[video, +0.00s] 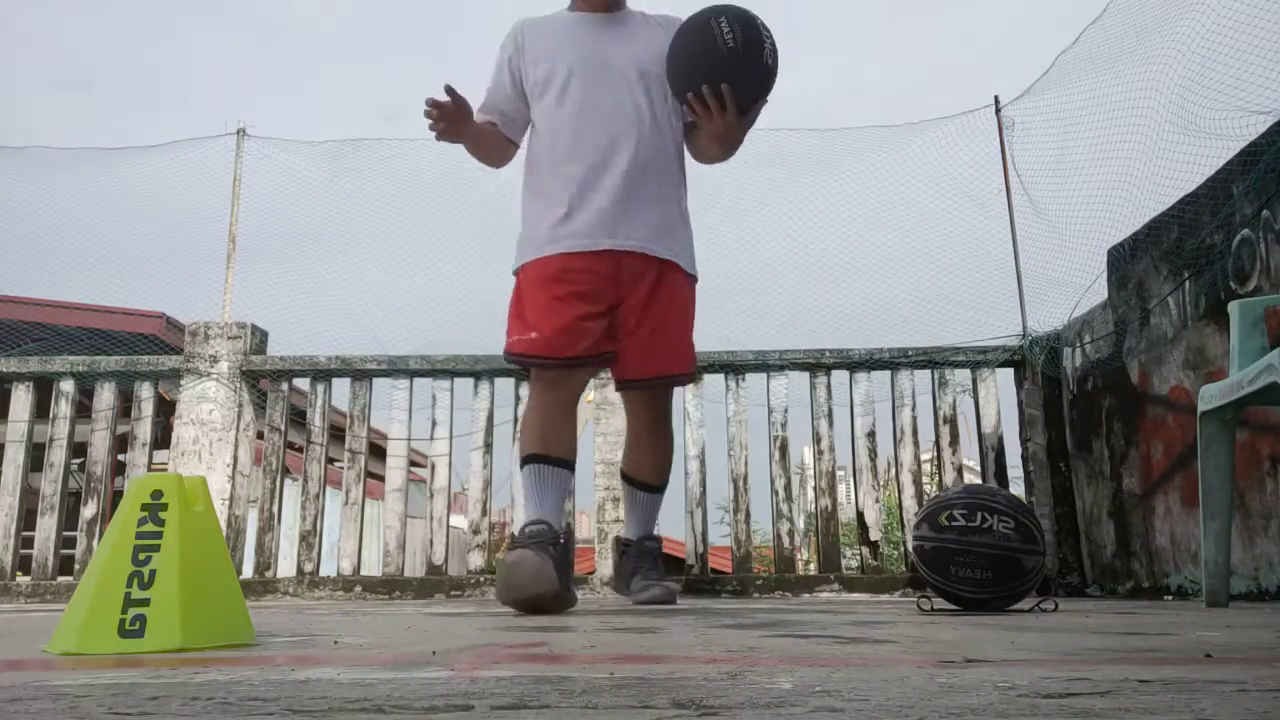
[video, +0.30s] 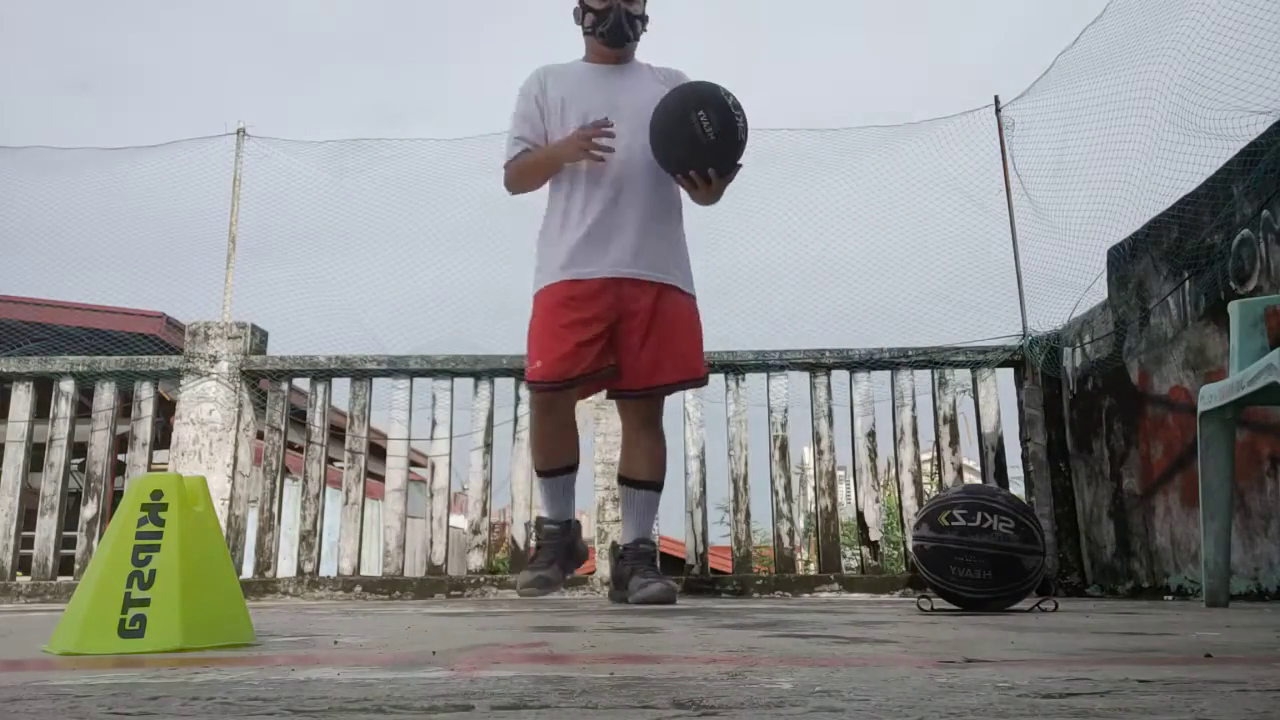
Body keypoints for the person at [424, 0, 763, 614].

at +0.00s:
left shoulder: (671, 35)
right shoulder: (529, 38)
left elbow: (700, 143)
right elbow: (500, 147)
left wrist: (721, 144)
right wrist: (469, 130)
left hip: (657, 241)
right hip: (559, 240)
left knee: (650, 400)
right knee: (552, 383)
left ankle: (640, 555)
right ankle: (541, 541)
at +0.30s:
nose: (619, 10)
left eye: (630, 3)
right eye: (605, 3)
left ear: (645, 14)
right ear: (581, 13)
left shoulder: (674, 86)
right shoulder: (546, 84)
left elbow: (703, 168)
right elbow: (516, 177)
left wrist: (709, 193)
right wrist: (558, 151)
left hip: (654, 270)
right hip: (570, 270)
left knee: (644, 408)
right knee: (549, 395)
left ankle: (637, 560)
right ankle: (559, 539)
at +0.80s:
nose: (593, 97)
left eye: (603, 91)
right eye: (581, 89)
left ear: (615, 103)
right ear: (561, 99)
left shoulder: (639, 162)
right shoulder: (529, 159)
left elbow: (666, 244)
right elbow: (500, 235)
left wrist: (629, 227)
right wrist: (555, 228)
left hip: (623, 322)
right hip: (553, 327)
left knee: (633, 418)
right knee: (557, 446)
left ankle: (636, 556)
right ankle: (561, 567)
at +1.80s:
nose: (651, 161)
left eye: (659, 154)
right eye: (641, 154)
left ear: (673, 157)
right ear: (625, 158)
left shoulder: (692, 215)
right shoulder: (599, 209)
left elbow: (710, 288)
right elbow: (564, 272)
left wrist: (717, 274)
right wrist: (599, 266)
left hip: (673, 359)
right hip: (614, 359)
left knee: (666, 459)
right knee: (612, 462)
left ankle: (657, 568)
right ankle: (606, 566)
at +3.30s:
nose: (699, 135)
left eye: (709, 128)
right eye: (689, 127)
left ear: (725, 136)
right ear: (672, 132)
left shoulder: (744, 196)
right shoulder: (641, 186)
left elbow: (776, 253)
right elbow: (616, 259)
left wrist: (811, 265)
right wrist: (652, 272)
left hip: (726, 348)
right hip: (656, 352)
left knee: (749, 434)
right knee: (641, 450)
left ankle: (748, 561)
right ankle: (635, 566)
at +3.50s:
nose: (705, 154)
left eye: (715, 146)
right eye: (695, 145)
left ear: (731, 152)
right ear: (678, 149)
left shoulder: (751, 213)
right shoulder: (649, 204)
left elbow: (775, 287)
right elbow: (641, 284)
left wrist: (797, 308)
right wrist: (697, 309)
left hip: (725, 358)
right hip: (651, 356)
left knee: (750, 442)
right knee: (612, 431)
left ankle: (766, 566)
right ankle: (619, 557)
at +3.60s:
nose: (702, 162)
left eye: (712, 154)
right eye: (692, 153)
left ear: (728, 161)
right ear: (675, 157)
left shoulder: (747, 221)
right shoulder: (647, 212)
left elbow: (751, 300)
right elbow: (651, 293)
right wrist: (686, 352)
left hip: (722, 358)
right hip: (651, 353)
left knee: (749, 450)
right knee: (597, 432)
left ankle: (766, 566)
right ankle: (585, 555)